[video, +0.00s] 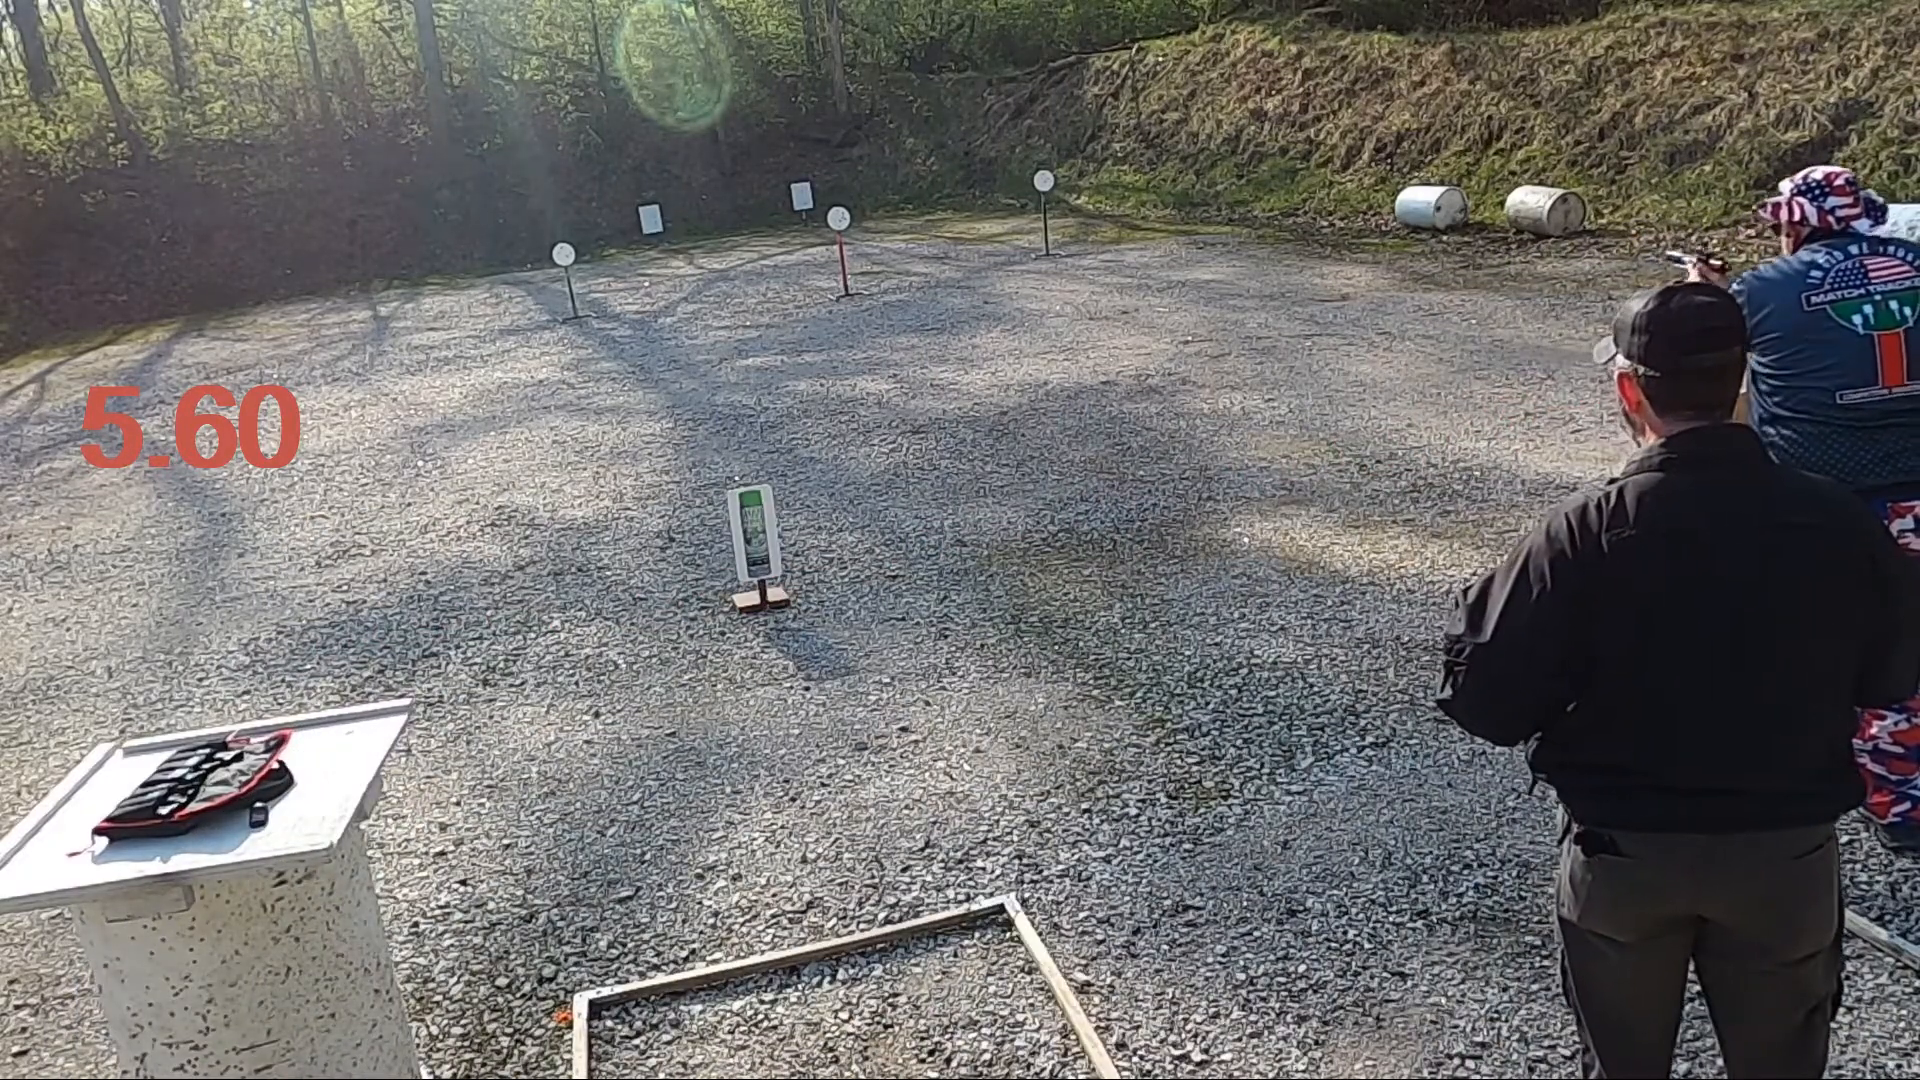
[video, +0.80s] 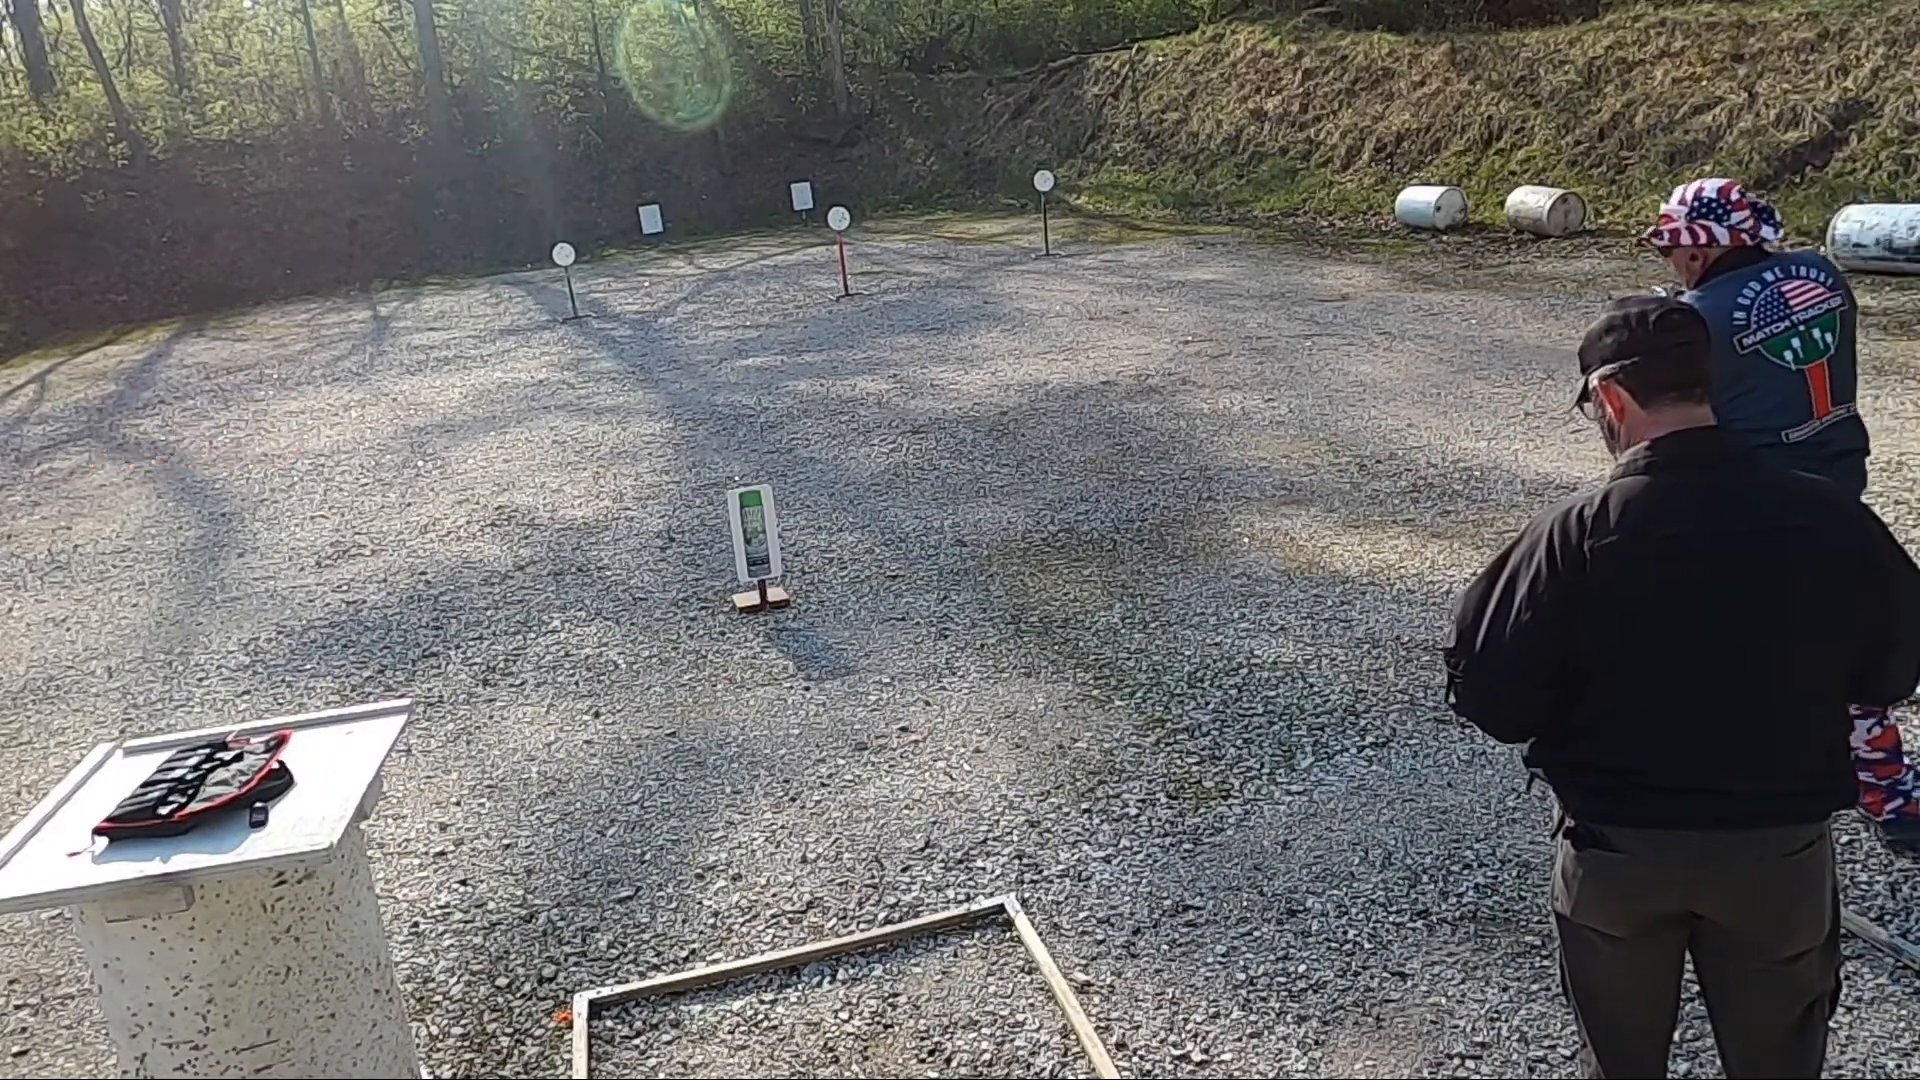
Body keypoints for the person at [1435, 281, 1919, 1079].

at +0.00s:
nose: (1616, 388)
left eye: (1618, 375)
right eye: (1620, 372)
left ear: (1631, 393)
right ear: (1739, 380)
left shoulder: (1584, 533)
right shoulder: (1843, 524)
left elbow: (1486, 703)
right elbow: (1894, 677)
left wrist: (1481, 614)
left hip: (1625, 869)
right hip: (1785, 870)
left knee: (1624, 1067)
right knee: (1782, 1069)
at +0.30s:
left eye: (1616, 381)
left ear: (1623, 397)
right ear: (1740, 375)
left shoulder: (1580, 537)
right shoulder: (1838, 523)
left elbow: (1487, 697)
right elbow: (1891, 675)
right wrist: (1788, 643)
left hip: (1620, 868)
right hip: (1781, 870)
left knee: (1624, 1066)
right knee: (1780, 1068)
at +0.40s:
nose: (1608, 407)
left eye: (1608, 392)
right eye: (1610, 389)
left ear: (1623, 398)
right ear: (1732, 382)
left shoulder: (1582, 537)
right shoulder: (1838, 523)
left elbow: (1484, 693)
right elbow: (1890, 675)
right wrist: (1785, 639)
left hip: (1619, 868)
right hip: (1780, 870)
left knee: (1621, 1067)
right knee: (1779, 1068)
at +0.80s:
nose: (1596, 416)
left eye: (1594, 399)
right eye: (1595, 399)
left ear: (1614, 400)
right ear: (1711, 382)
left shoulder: (1573, 539)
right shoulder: (1832, 519)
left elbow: (1485, 690)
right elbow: (1897, 666)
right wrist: (1792, 663)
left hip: (1619, 868)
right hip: (1780, 869)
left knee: (1625, 1066)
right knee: (1780, 1067)